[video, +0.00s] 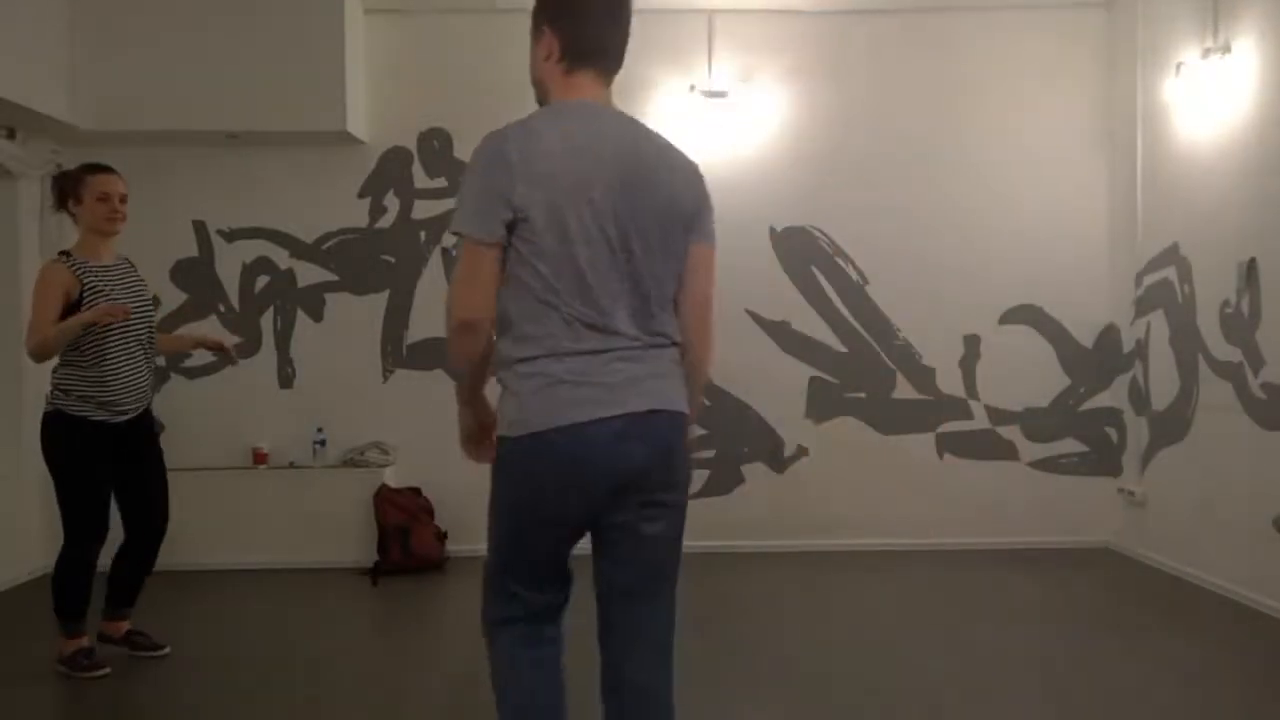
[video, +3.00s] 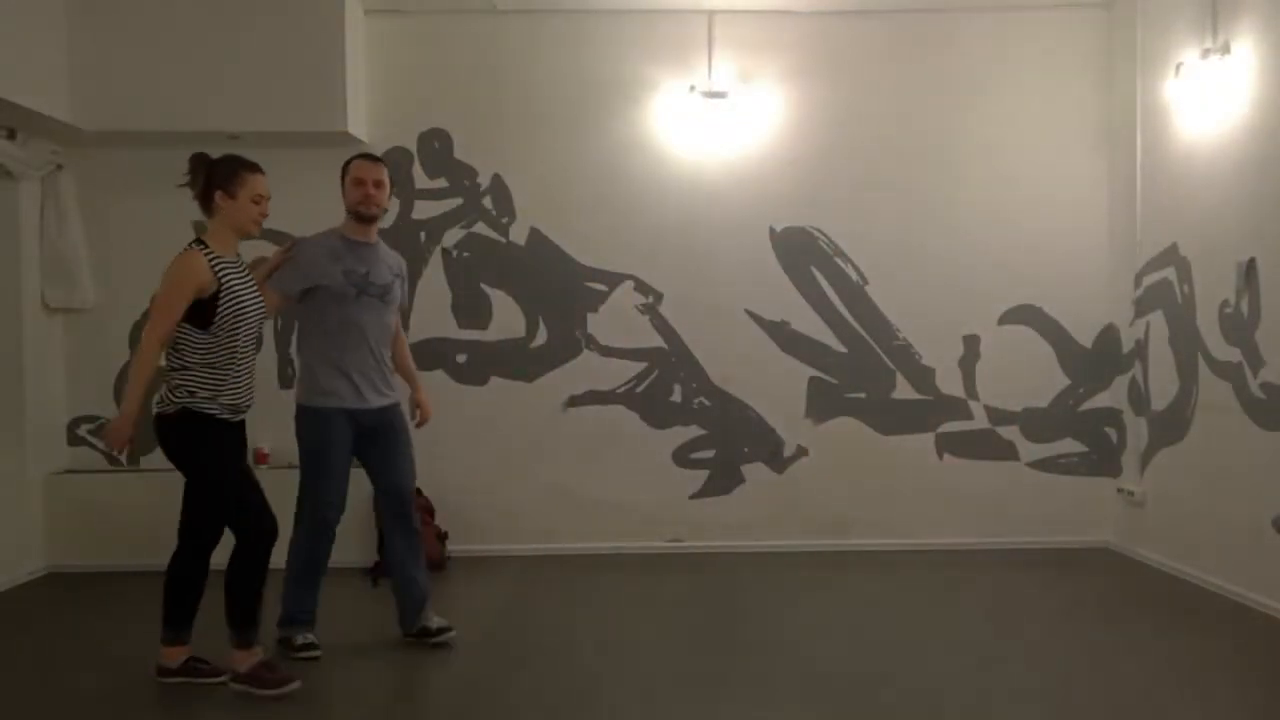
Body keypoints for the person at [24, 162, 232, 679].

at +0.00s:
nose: (116, 208)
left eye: (122, 200)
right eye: (103, 199)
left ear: (127, 207)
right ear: (74, 207)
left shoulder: (126, 269)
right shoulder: (61, 271)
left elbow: (143, 342)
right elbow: (37, 347)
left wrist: (198, 339)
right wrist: (85, 319)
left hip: (132, 423)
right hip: (77, 427)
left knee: (149, 522)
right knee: (86, 533)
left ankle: (116, 625)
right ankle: (72, 642)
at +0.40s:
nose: (158, 205)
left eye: (162, 197)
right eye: (145, 197)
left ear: (166, 205)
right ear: (115, 206)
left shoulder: (163, 267)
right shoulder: (103, 268)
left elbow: (163, 338)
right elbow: (87, 347)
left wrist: (190, 379)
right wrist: (159, 350)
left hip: (171, 424)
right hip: (114, 428)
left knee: (180, 537)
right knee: (117, 538)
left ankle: (186, 648)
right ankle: (79, 635)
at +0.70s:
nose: (185, 202)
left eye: (190, 194)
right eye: (172, 193)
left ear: (194, 201)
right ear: (142, 200)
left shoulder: (198, 266)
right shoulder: (125, 266)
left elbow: (208, 342)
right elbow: (119, 350)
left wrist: (255, 357)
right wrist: (168, 402)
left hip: (204, 418)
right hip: (146, 421)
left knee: (198, 537)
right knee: (176, 535)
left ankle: (188, 650)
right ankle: (145, 645)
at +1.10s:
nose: (199, 200)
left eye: (202, 191)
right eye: (186, 192)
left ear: (205, 198)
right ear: (155, 200)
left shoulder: (212, 264)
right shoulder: (139, 267)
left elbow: (260, 324)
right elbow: (122, 350)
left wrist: (302, 291)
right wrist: (131, 420)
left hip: (220, 422)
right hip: (167, 426)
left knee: (201, 538)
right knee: (167, 540)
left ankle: (190, 650)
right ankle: (167, 660)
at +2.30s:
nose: (214, 208)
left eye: (215, 198)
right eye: (204, 198)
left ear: (206, 203)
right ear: (168, 200)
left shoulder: (195, 263)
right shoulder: (150, 260)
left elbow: (204, 327)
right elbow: (121, 337)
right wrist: (190, 383)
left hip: (189, 418)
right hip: (144, 419)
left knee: (198, 533)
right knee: (175, 533)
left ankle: (187, 649)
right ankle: (138, 641)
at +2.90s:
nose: (251, 212)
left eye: (253, 203)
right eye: (243, 202)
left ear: (223, 207)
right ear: (208, 201)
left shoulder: (220, 265)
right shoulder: (182, 263)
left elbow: (224, 330)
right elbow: (156, 347)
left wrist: (254, 279)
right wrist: (142, 431)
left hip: (214, 423)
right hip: (184, 423)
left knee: (204, 534)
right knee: (240, 526)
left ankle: (179, 649)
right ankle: (184, 640)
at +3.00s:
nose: (266, 210)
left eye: (267, 201)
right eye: (257, 200)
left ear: (234, 204)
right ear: (222, 199)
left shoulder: (235, 263)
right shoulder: (195, 262)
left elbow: (237, 316)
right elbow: (153, 338)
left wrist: (271, 270)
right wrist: (127, 415)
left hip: (222, 421)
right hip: (194, 422)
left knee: (196, 540)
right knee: (258, 528)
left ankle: (174, 654)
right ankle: (245, 658)